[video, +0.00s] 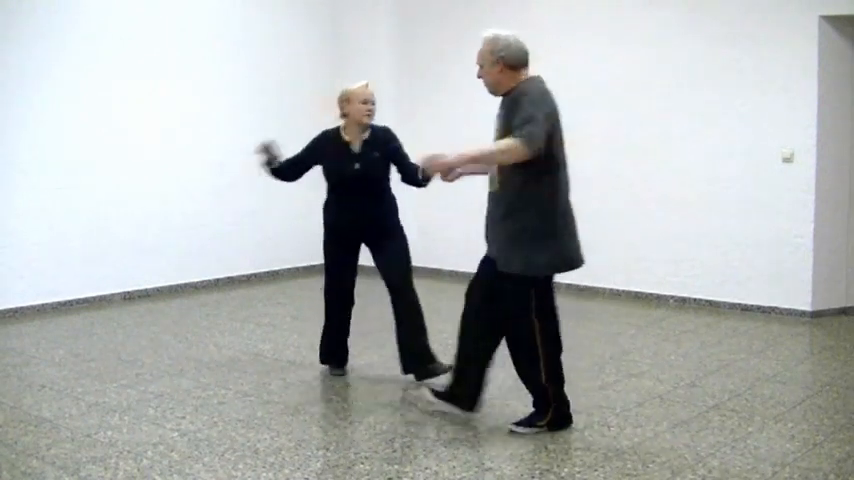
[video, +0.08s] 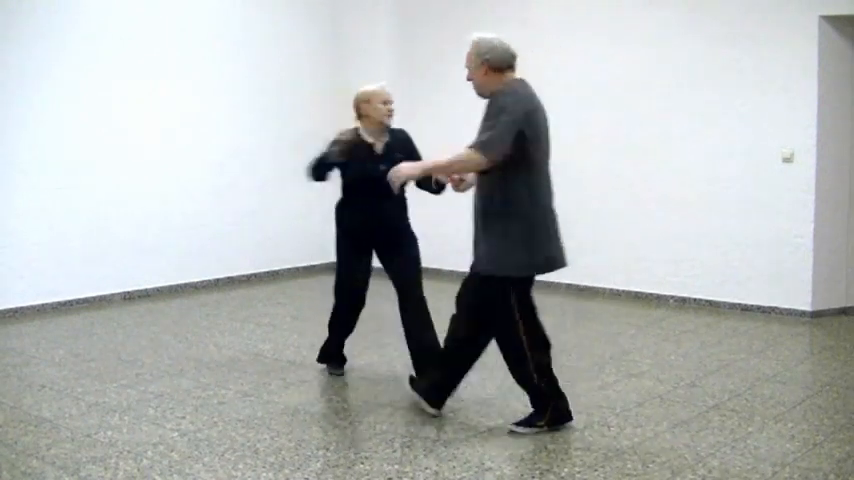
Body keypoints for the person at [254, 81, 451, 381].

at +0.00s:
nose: (371, 108)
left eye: (372, 103)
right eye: (364, 103)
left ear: (373, 108)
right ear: (345, 107)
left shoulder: (383, 137)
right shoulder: (327, 142)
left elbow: (409, 173)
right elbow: (291, 171)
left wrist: (425, 174)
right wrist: (274, 165)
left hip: (383, 225)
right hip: (341, 228)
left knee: (403, 288)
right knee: (339, 293)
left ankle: (420, 362)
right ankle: (335, 359)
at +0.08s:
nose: (391, 108)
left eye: (391, 103)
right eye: (384, 103)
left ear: (390, 107)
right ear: (363, 108)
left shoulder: (399, 139)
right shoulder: (346, 142)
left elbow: (421, 177)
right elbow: (317, 174)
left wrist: (438, 181)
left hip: (395, 231)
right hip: (355, 233)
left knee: (412, 299)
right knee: (350, 297)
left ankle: (431, 372)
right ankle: (332, 354)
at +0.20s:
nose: (418, 107)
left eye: (415, 101)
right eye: (411, 102)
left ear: (403, 108)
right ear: (392, 109)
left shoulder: (420, 143)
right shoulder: (376, 142)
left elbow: (439, 184)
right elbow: (383, 181)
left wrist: (465, 194)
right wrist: (428, 163)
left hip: (415, 228)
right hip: (379, 230)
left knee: (430, 301)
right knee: (385, 302)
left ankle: (432, 373)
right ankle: (342, 345)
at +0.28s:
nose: (429, 105)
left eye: (427, 99)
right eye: (423, 100)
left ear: (407, 109)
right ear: (407, 108)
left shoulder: (420, 139)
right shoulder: (397, 141)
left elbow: (430, 180)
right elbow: (416, 183)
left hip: (421, 225)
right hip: (395, 227)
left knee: (434, 296)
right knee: (412, 298)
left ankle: (436, 368)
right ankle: (366, 348)